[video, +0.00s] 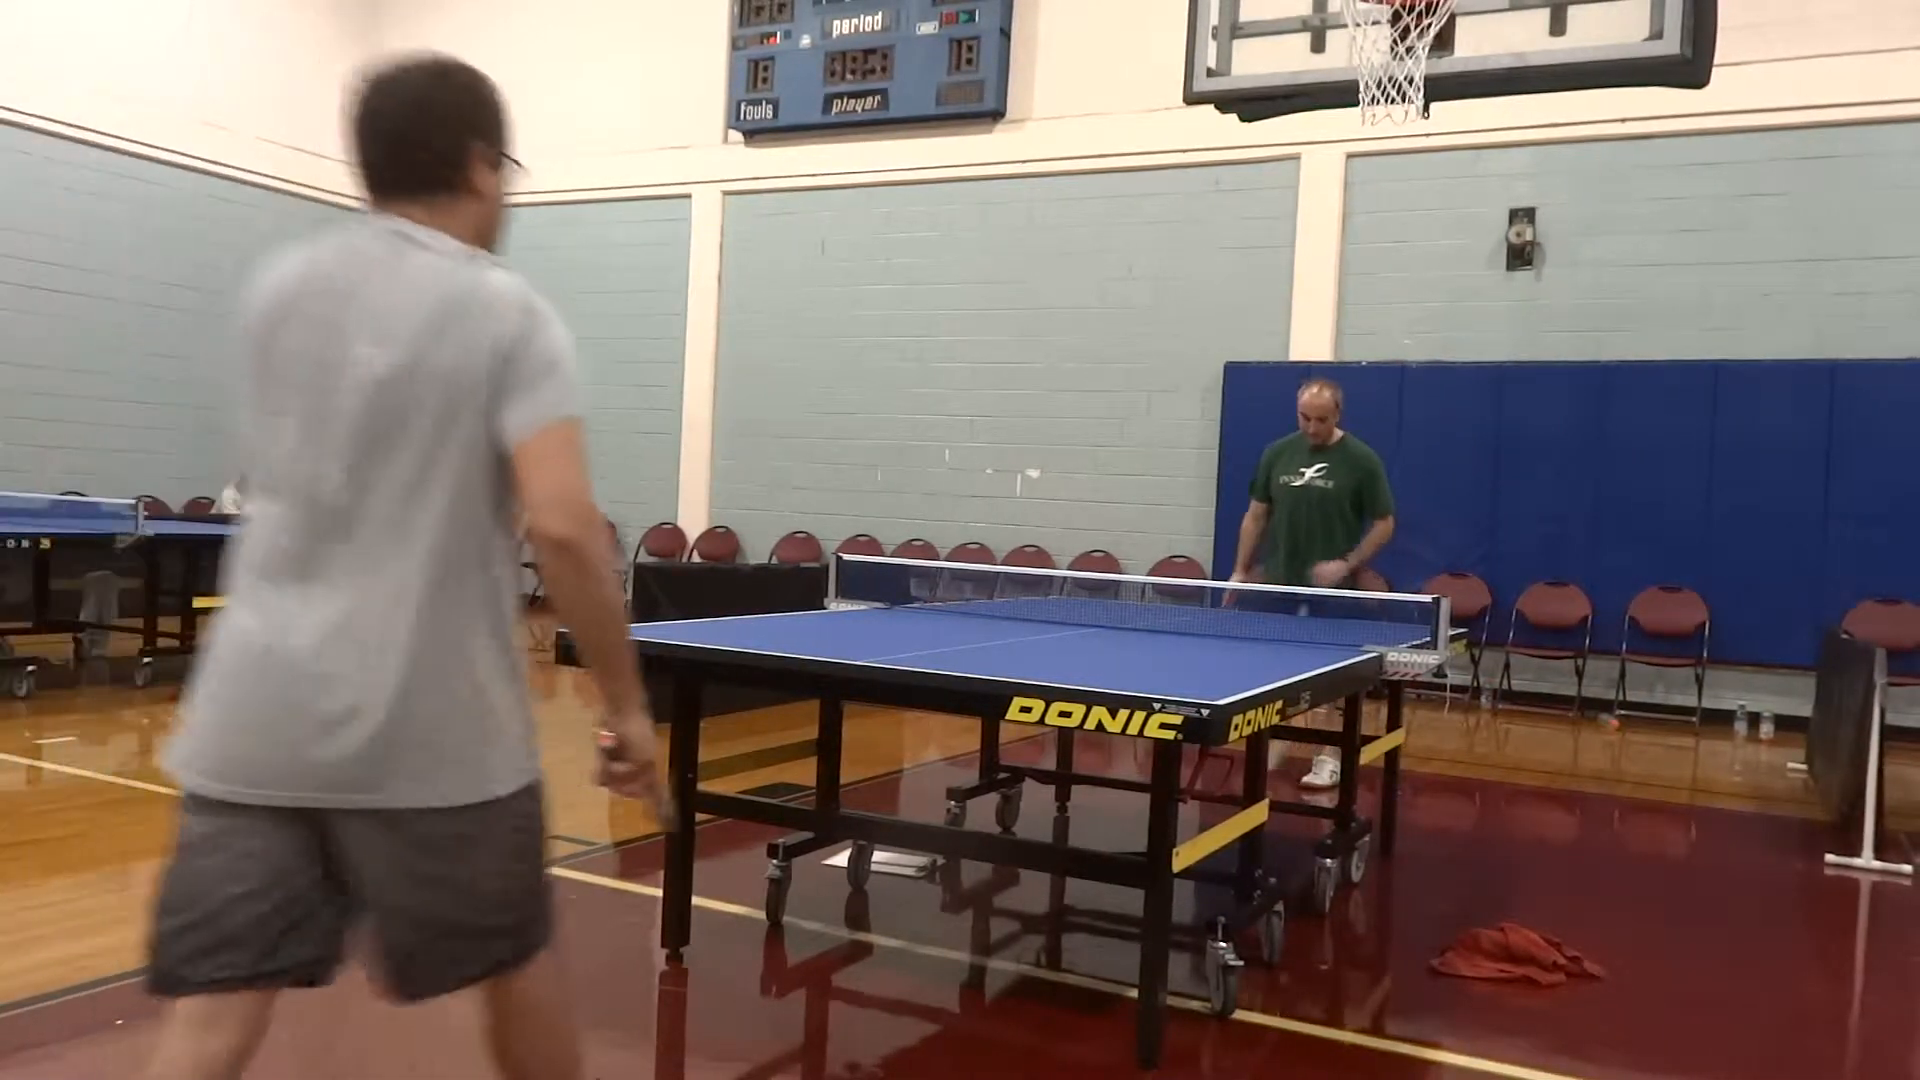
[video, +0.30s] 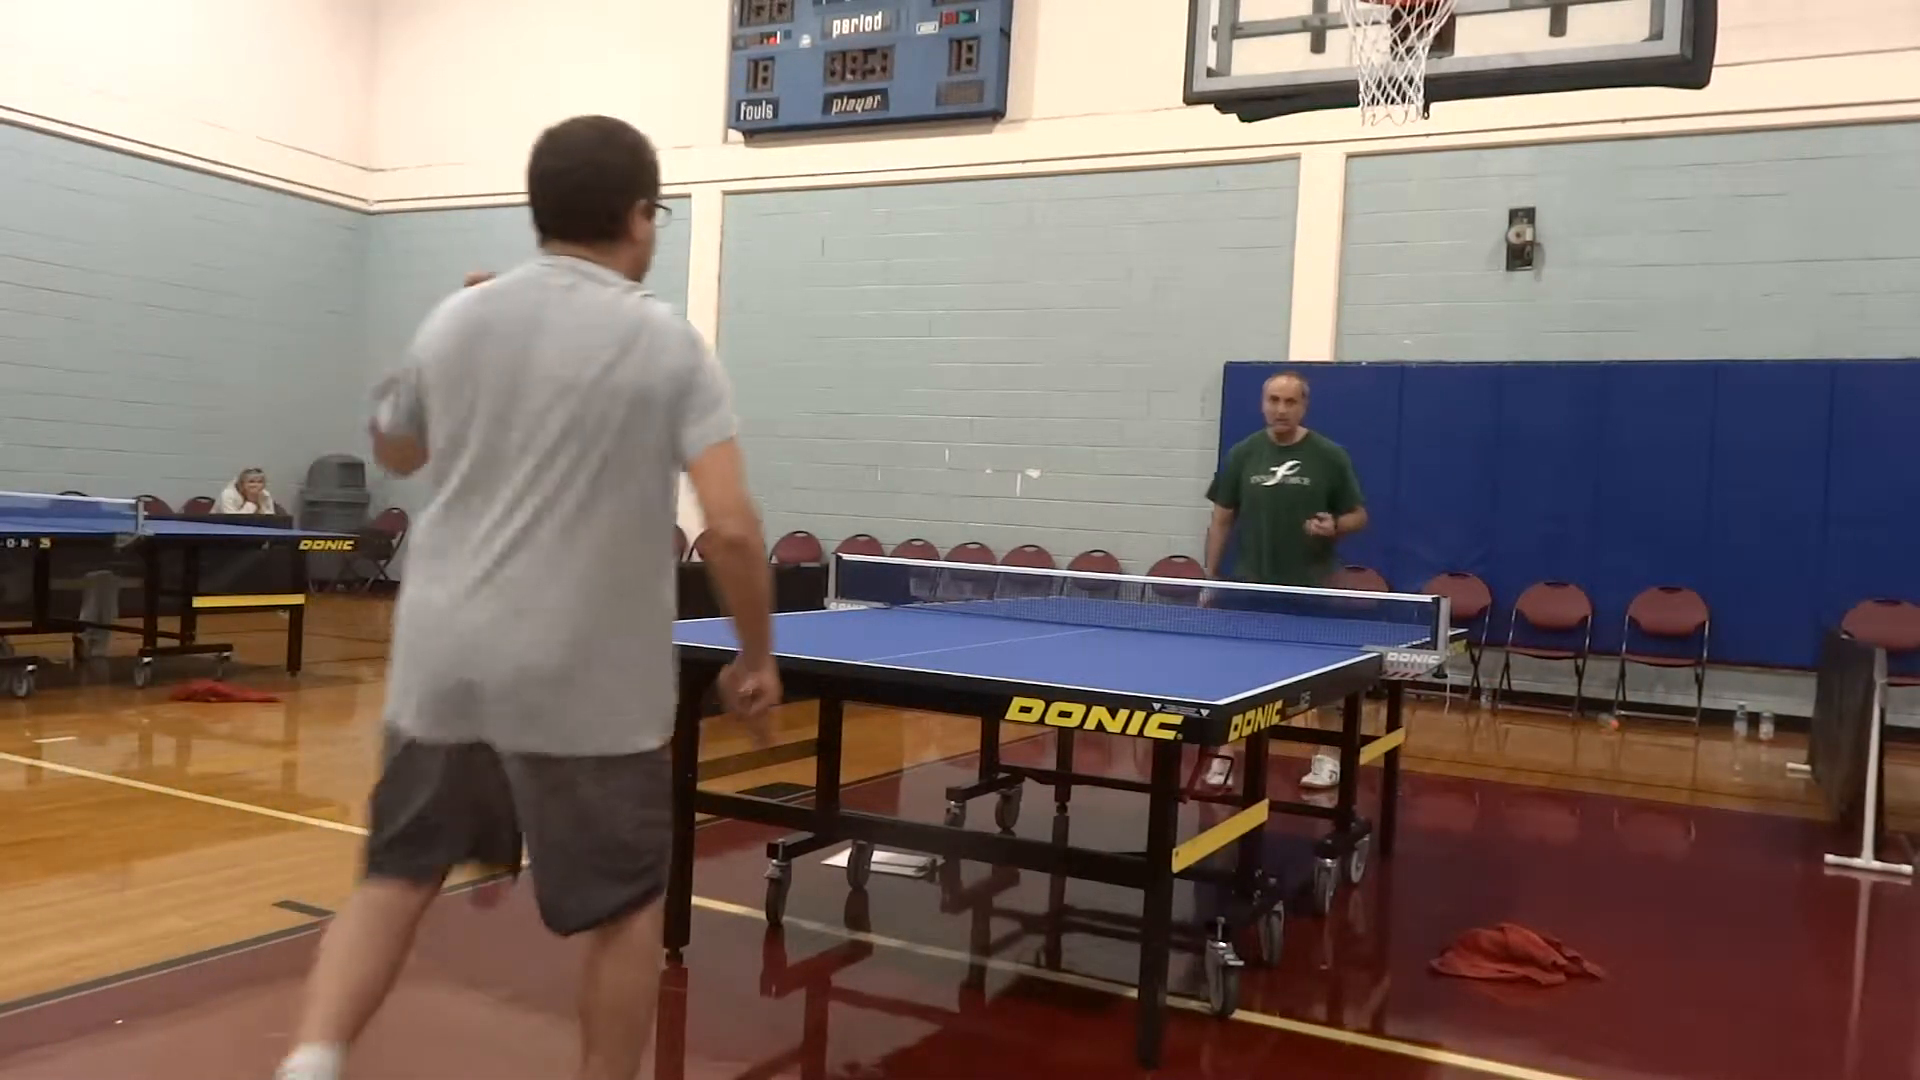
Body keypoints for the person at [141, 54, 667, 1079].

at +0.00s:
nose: (506, 181)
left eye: (503, 161)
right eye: (502, 159)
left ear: (368, 169)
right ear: (477, 164)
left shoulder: (276, 286)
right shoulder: (504, 309)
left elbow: (269, 495)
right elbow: (562, 525)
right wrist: (624, 705)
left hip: (250, 723)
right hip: (437, 735)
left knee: (207, 1015)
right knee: (519, 979)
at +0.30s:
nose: (655, 226)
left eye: (652, 209)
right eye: (653, 209)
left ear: (539, 211)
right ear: (635, 217)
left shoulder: (461, 320)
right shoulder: (666, 341)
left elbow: (397, 451)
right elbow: (730, 528)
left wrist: (464, 322)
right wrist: (755, 651)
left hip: (439, 671)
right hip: (588, 689)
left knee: (395, 869)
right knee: (626, 915)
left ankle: (310, 1065)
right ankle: (613, 1076)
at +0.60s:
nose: (655, 260)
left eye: (656, 246)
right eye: (653, 246)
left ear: (541, 248)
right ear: (634, 250)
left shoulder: (478, 350)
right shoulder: (667, 357)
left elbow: (498, 485)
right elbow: (745, 522)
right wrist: (781, 594)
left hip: (469, 665)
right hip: (598, 688)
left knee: (442, 831)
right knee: (644, 901)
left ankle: (395, 1007)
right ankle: (616, 1072)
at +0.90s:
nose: (622, 302)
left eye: (621, 287)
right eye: (618, 287)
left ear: (523, 292)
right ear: (596, 292)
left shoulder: (460, 377)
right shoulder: (594, 377)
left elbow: (476, 520)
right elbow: (621, 536)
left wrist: (598, 568)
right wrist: (711, 606)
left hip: (434, 650)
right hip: (531, 656)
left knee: (467, 822)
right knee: (651, 849)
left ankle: (404, 1029)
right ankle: (623, 1068)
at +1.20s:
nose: (645, 344)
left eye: (643, 329)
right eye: (643, 329)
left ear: (551, 327)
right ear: (622, 328)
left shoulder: (482, 396)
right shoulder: (627, 404)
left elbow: (391, 536)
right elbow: (659, 560)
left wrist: (481, 595)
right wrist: (711, 638)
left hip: (436, 655)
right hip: (545, 667)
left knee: (470, 827)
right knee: (613, 884)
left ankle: (406, 1027)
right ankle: (634, 1072)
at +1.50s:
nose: (671, 351)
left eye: (673, 337)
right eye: (671, 336)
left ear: (573, 329)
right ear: (649, 336)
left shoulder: (495, 395)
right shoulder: (645, 415)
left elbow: (422, 540)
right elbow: (672, 580)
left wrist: (542, 593)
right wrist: (716, 657)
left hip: (433, 659)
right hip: (542, 671)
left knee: (462, 827)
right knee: (626, 885)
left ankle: (404, 1027)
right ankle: (636, 1072)